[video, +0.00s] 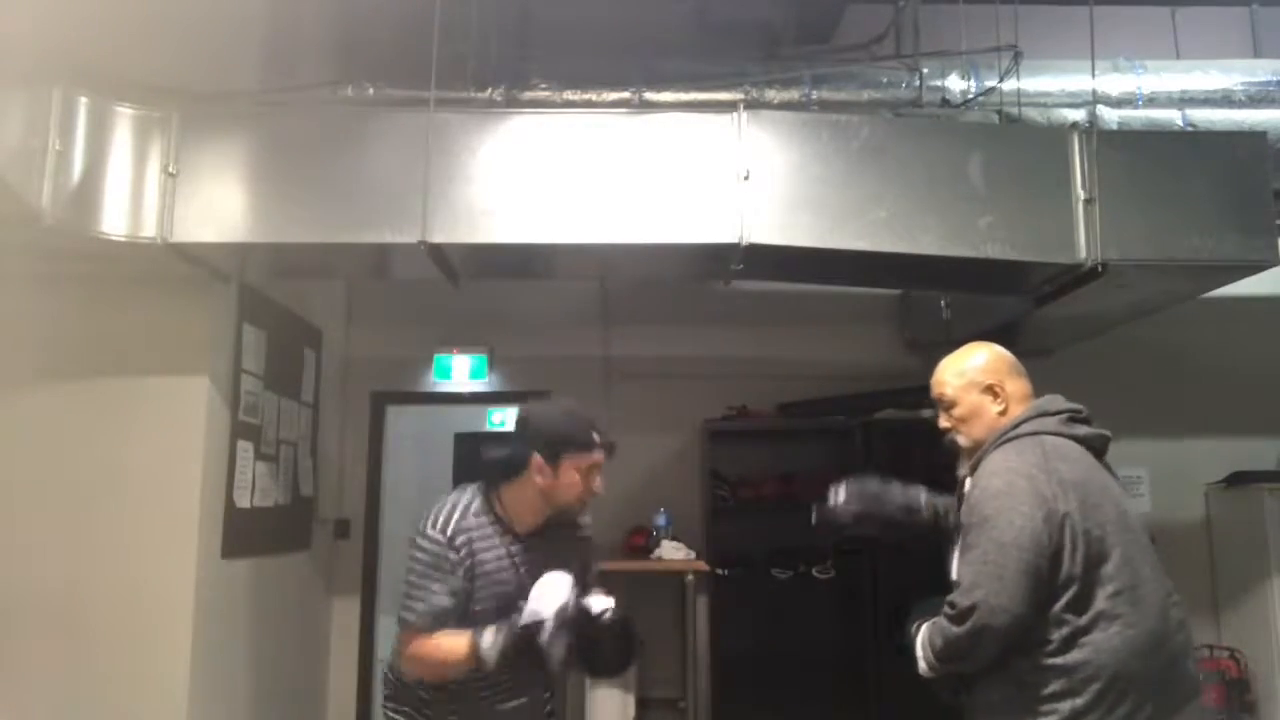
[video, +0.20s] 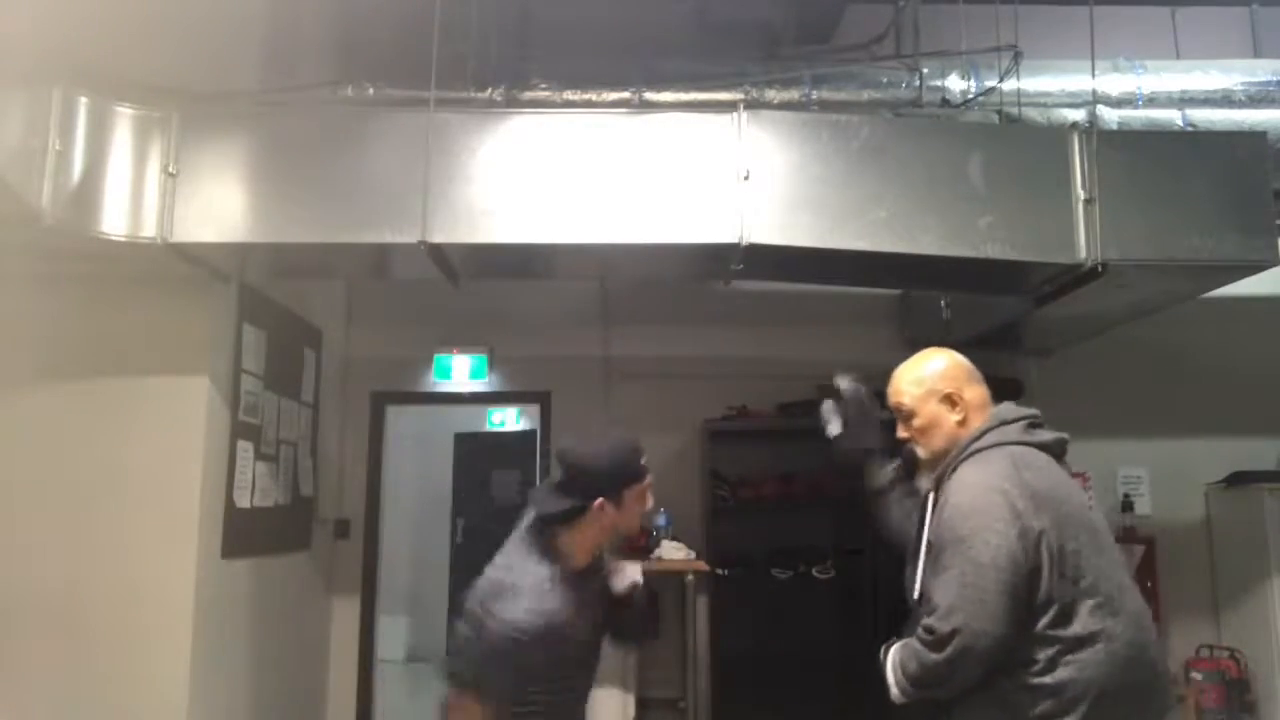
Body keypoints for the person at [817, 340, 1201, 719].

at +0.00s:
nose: (941, 424)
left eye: (948, 406)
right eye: (938, 410)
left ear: (996, 397)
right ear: (999, 399)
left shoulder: (1009, 471)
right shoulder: (1065, 453)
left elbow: (993, 613)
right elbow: (993, 519)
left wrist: (928, 646)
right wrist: (906, 506)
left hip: (1086, 697)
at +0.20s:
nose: (900, 433)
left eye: (907, 416)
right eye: (897, 419)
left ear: (955, 406)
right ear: (957, 407)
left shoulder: (981, 482)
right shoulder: (1016, 462)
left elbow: (971, 629)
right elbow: (931, 550)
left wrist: (896, 672)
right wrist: (875, 461)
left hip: (1074, 702)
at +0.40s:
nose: (892, 424)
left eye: (902, 407)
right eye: (890, 410)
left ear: (952, 397)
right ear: (951, 399)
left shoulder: (987, 471)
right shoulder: (964, 460)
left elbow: (978, 622)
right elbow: (881, 517)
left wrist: (893, 672)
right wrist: (808, 482)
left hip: (1070, 700)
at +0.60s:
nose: (921, 414)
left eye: (932, 397)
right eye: (921, 399)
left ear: (983, 395)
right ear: (982, 397)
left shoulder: (1013, 477)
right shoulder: (985, 465)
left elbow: (1000, 626)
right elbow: (941, 556)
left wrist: (893, 669)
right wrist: (868, 583)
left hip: (1073, 705)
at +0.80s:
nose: (957, 418)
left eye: (968, 401)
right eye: (957, 404)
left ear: (1019, 399)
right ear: (1019, 400)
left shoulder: (1050, 471)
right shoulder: (1039, 462)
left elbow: (1033, 609)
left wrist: (923, 621)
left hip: (1090, 705)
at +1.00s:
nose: (993, 410)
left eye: (1003, 393)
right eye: (994, 396)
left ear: (1053, 391)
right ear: (1053, 392)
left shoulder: (1078, 455)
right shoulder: (1101, 443)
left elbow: (1019, 543)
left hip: (1091, 701)